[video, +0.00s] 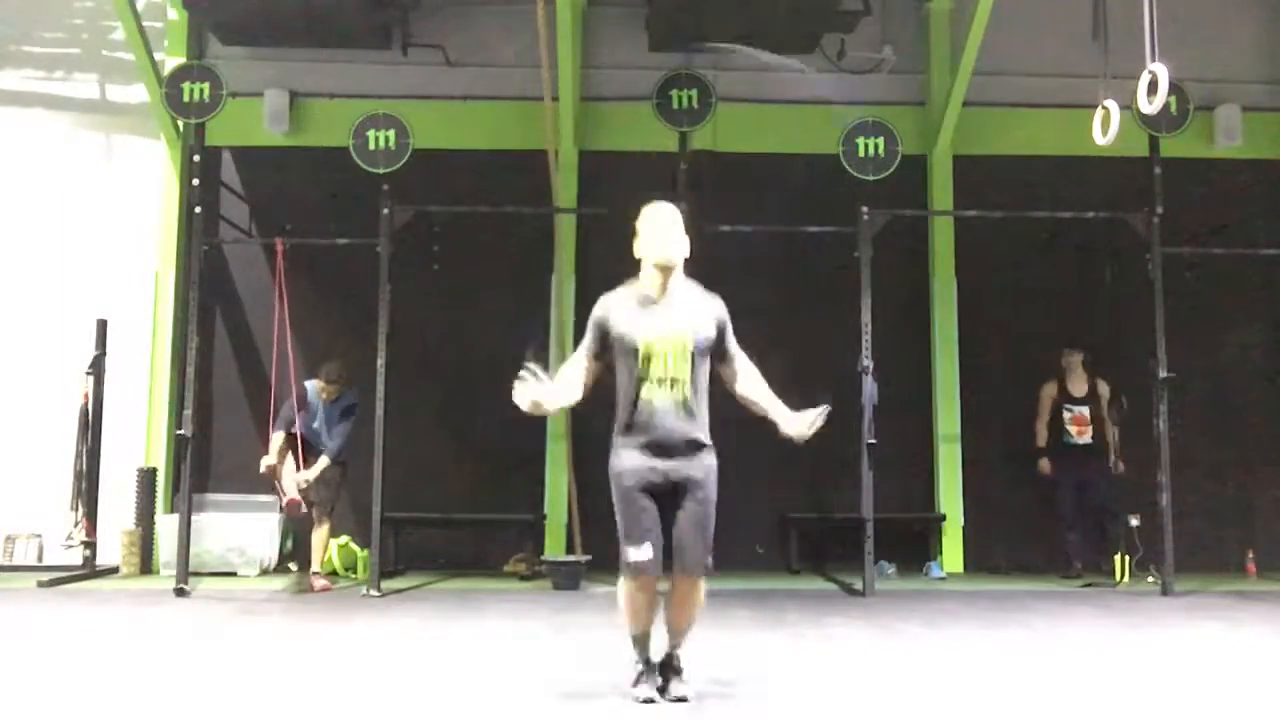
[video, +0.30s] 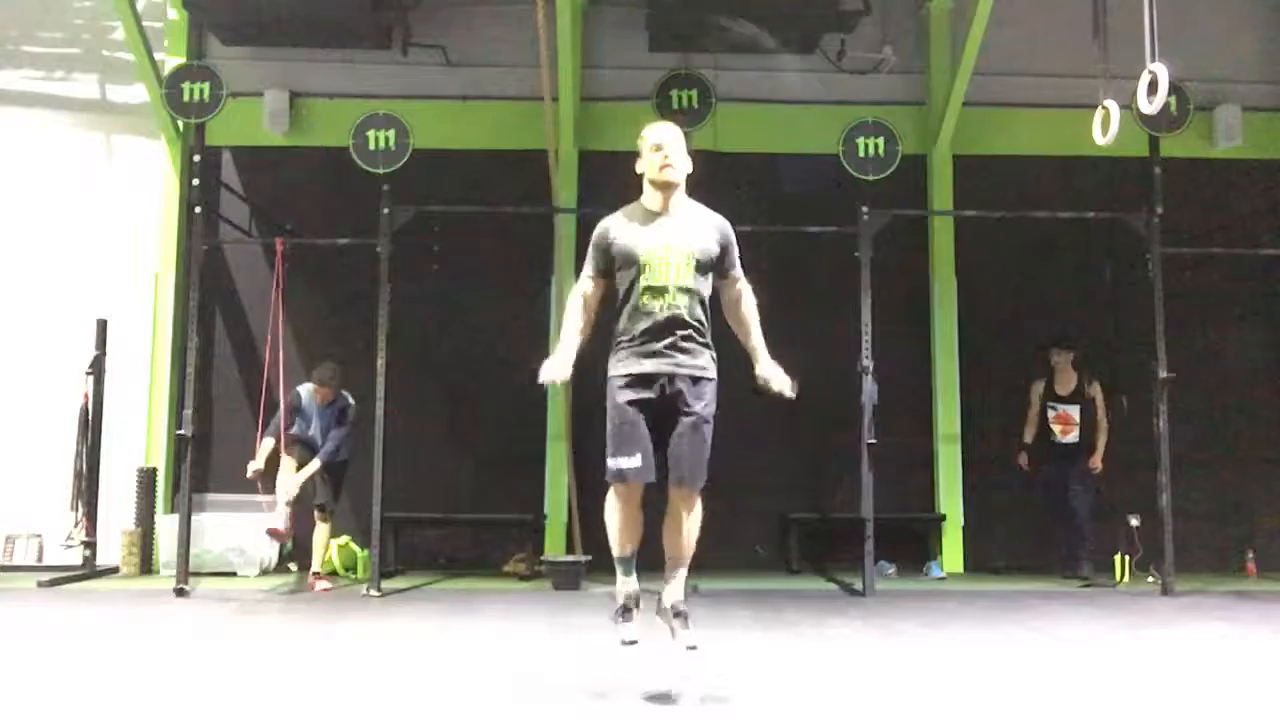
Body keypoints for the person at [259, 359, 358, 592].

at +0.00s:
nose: (325, 394)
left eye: (331, 391)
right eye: (323, 388)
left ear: (342, 387)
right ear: (319, 382)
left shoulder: (350, 400)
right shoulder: (305, 390)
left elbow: (339, 440)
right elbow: (283, 420)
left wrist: (314, 471)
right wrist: (271, 454)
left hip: (328, 455)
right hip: (299, 445)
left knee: (322, 514)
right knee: (281, 446)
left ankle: (316, 572)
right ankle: (293, 496)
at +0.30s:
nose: (320, 396)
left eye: (326, 391)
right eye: (318, 390)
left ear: (336, 388)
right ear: (313, 385)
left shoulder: (347, 406)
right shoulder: (300, 395)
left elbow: (332, 446)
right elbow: (275, 427)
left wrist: (300, 477)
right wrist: (260, 460)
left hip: (332, 458)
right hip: (302, 449)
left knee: (323, 513)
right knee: (289, 452)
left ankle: (316, 573)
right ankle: (282, 518)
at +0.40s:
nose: (321, 389)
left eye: (327, 385)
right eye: (317, 383)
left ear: (337, 383)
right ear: (311, 379)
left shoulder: (347, 402)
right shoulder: (297, 392)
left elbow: (340, 446)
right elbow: (270, 425)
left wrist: (312, 480)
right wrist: (259, 461)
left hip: (330, 457)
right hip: (301, 449)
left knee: (324, 514)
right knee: (286, 480)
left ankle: (316, 573)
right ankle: (276, 541)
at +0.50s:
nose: (323, 381)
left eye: (329, 376)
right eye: (319, 375)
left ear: (337, 377)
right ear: (312, 372)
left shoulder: (347, 397)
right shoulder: (297, 388)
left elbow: (349, 443)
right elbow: (268, 419)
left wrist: (336, 481)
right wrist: (263, 455)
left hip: (328, 461)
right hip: (299, 455)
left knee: (325, 518)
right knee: (283, 496)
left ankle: (316, 572)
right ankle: (272, 556)